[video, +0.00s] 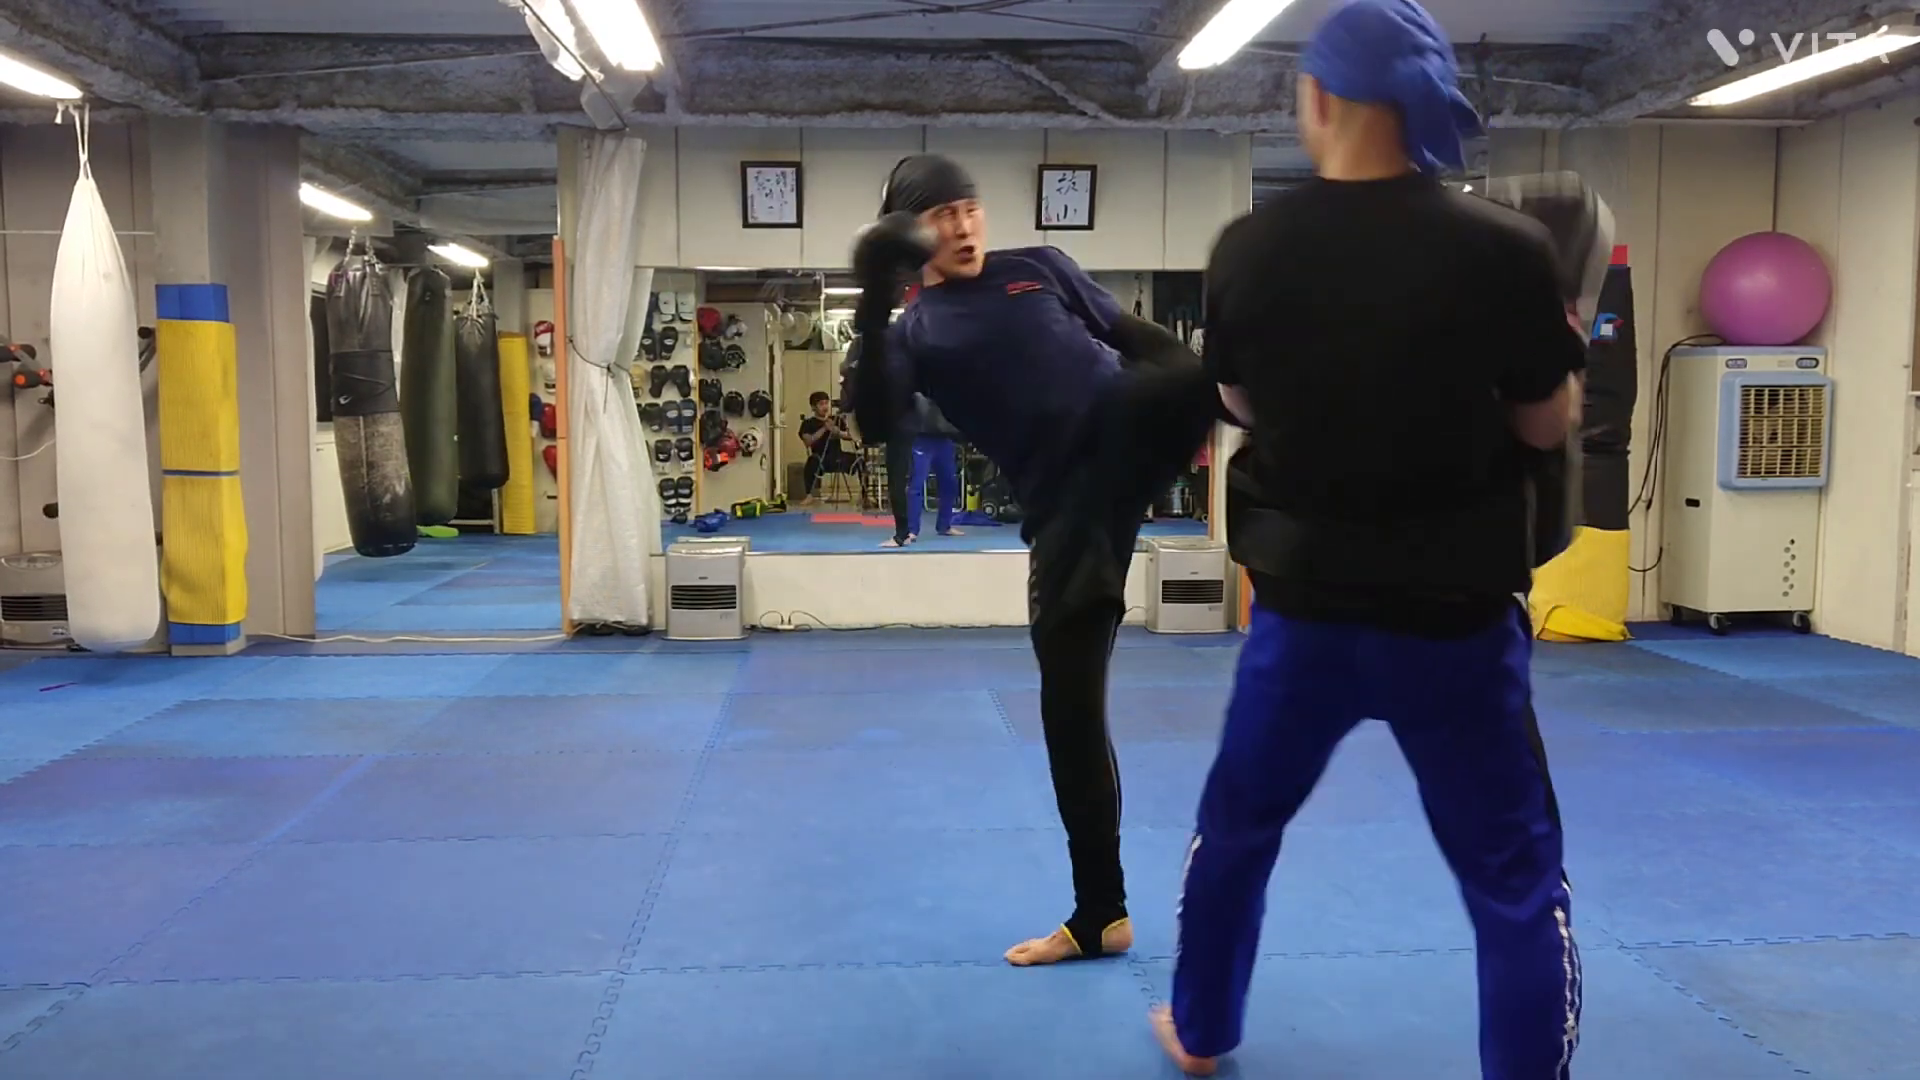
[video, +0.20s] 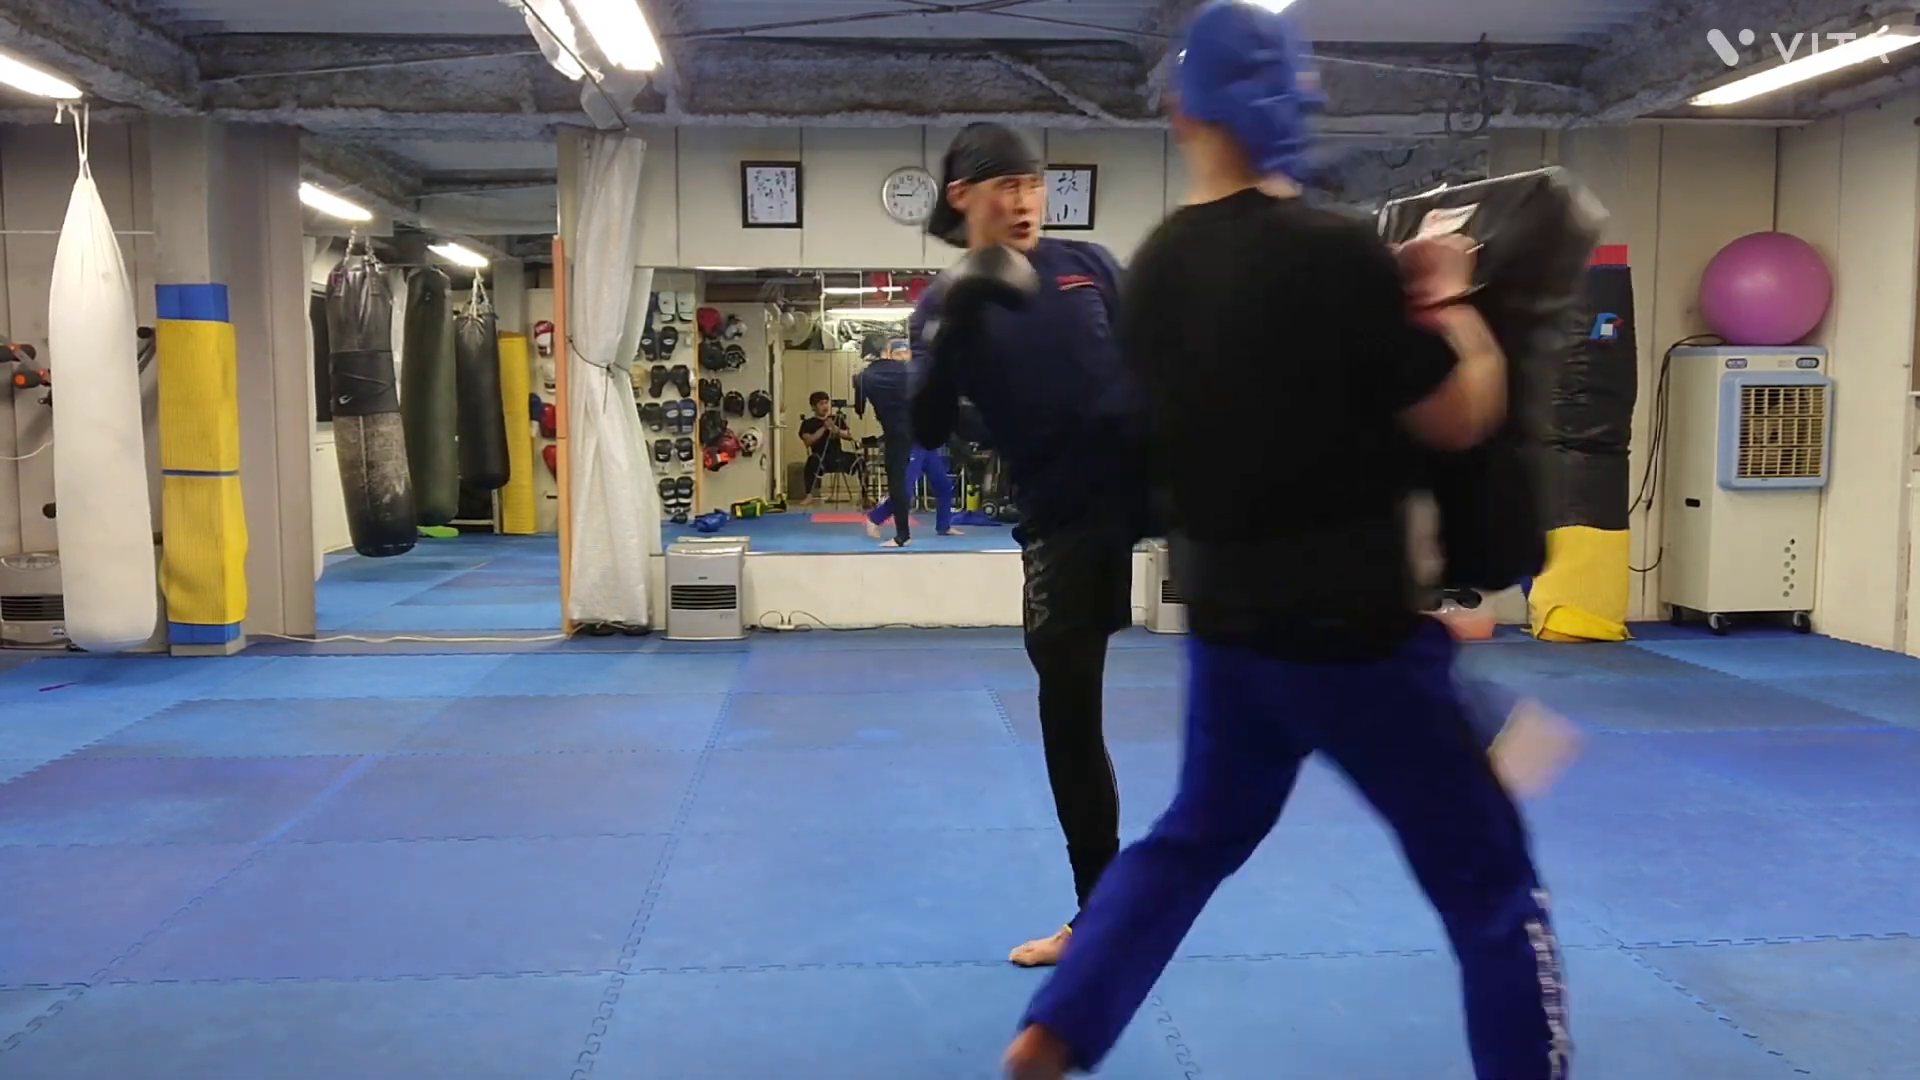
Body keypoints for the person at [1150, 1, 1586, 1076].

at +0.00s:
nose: (1303, 112)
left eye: (1307, 94)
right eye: (1309, 92)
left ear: (1325, 105)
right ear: (1420, 108)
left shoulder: (1253, 245)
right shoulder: (1504, 247)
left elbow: (1242, 402)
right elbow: (1549, 420)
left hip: (1303, 624)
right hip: (1455, 632)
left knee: (1235, 831)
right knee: (1515, 883)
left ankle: (1200, 1034)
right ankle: (1531, 1072)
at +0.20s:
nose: (1168, 116)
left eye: (1171, 101)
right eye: (1184, 101)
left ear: (1186, 113)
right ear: (1290, 109)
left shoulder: (1156, 264)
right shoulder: (1335, 251)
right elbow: (1464, 411)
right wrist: (1448, 290)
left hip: (1229, 640)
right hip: (1361, 646)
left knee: (1196, 835)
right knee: (1489, 885)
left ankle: (1048, 1043)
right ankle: (1527, 1069)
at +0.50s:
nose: (1123, 62)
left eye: (1117, 44)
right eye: (1117, 44)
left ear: (1003, 70)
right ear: (1096, 60)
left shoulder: (979, 206)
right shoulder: (1060, 203)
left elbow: (1068, 380)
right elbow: (1170, 396)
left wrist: (1217, 320)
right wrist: (1245, 334)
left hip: (998, 617)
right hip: (1090, 623)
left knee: (1061, 877)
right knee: (1230, 878)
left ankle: (1018, 1072)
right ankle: (1162, 1063)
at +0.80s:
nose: (984, 58)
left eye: (979, 39)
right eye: (978, 38)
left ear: (868, 59)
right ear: (950, 55)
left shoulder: (832, 194)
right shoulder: (897, 205)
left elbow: (902, 406)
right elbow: (1008, 419)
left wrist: (1039, 340)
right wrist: (1087, 338)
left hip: (845, 637)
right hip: (860, 650)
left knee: (972, 853)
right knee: (804, 963)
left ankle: (981, 1072)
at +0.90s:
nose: (929, 43)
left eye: (924, 22)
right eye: (922, 20)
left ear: (803, 53)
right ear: (887, 40)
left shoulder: (783, 182)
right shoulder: (813, 191)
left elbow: (874, 381)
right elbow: (932, 405)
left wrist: (984, 309)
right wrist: (1011, 311)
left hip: (816, 627)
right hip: (806, 642)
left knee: (909, 822)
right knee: (793, 951)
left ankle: (874, 1062)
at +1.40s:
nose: (837, 45)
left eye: (832, 24)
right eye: (831, 22)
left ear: (715, 51)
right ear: (795, 39)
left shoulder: (695, 178)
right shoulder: (726, 187)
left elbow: (771, 390)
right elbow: (832, 405)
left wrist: (893, 367)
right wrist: (925, 341)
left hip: (692, 607)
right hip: (690, 620)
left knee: (785, 846)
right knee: (738, 913)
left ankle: (821, 1064)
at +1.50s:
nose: (813, 51)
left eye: (809, 29)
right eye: (807, 29)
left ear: (682, 39)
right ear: (770, 41)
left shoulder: (657, 164)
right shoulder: (687, 173)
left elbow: (701, 378)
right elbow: (746, 401)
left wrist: (807, 294)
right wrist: (826, 301)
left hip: (656, 596)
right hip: (656, 610)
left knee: (727, 824)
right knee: (685, 881)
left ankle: (682, 1045)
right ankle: (641, 1068)